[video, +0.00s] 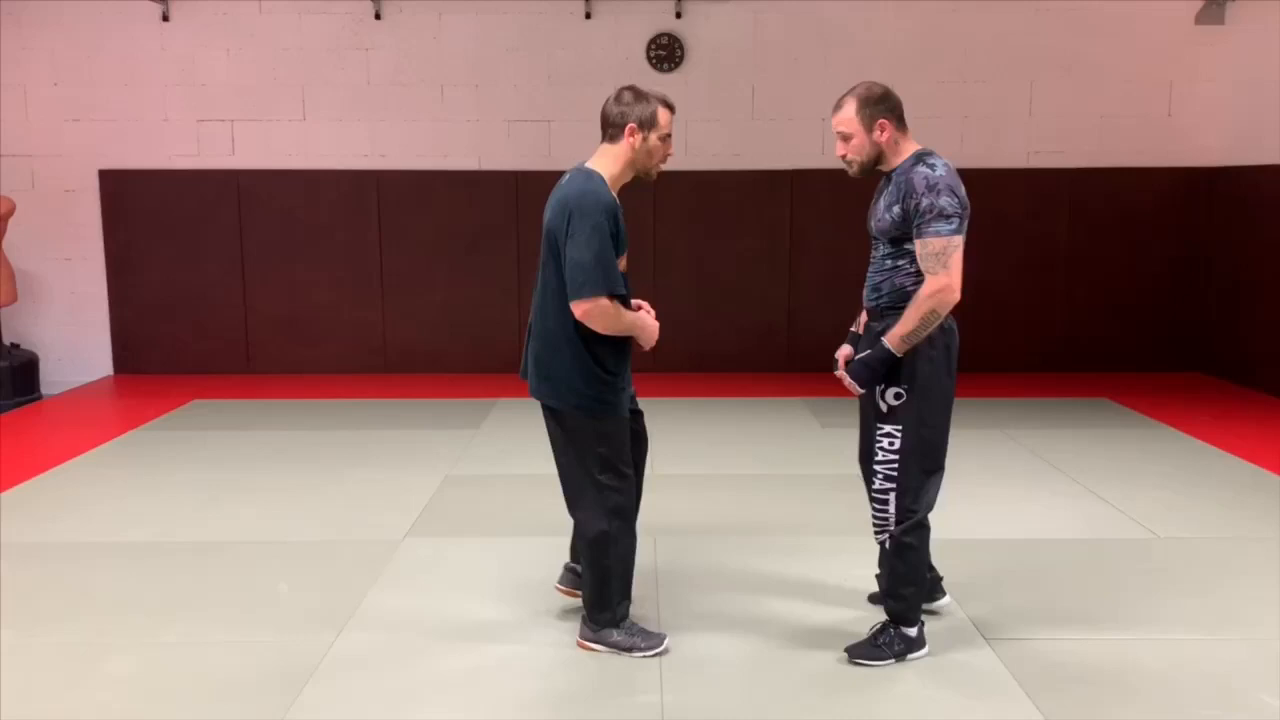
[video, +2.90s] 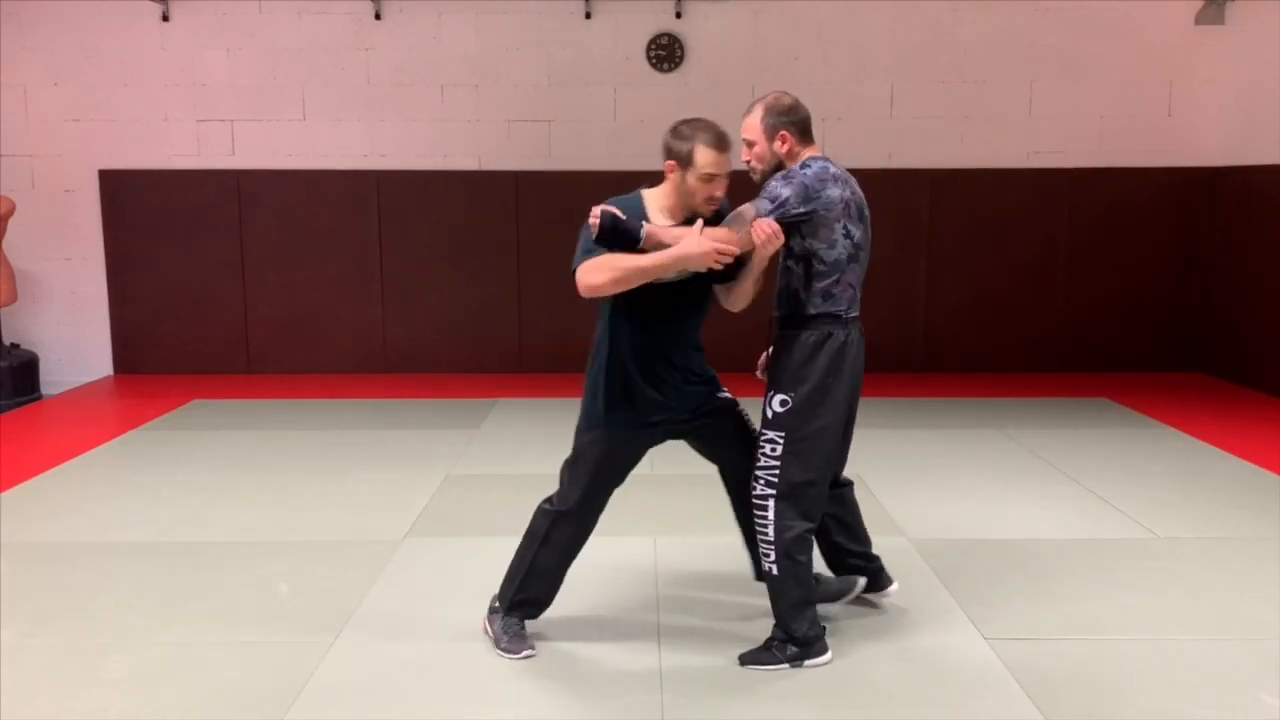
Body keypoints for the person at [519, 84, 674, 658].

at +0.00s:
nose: (670, 148)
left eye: (671, 137)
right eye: (664, 136)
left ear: (626, 136)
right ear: (633, 135)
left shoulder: (588, 190)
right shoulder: (590, 200)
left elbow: (601, 278)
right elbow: (589, 305)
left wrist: (627, 308)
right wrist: (636, 323)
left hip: (589, 370)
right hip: (580, 379)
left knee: (628, 456)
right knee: (610, 494)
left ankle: (583, 566)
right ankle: (605, 623)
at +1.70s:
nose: (651, 162)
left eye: (653, 152)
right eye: (648, 151)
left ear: (618, 139)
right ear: (620, 140)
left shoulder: (593, 189)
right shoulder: (564, 199)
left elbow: (622, 256)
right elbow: (595, 297)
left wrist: (648, 226)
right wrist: (643, 237)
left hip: (587, 369)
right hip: (547, 374)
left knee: (603, 483)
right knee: (549, 497)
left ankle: (608, 580)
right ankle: (521, 611)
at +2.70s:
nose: (642, 182)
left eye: (643, 169)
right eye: (635, 169)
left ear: (602, 165)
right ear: (597, 163)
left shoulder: (609, 216)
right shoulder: (541, 224)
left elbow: (634, 272)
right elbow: (567, 320)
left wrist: (697, 268)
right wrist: (651, 289)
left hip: (626, 377)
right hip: (569, 389)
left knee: (685, 467)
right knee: (550, 505)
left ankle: (644, 571)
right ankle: (505, 613)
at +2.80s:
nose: (670, 188)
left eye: (672, 175)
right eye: (661, 176)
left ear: (629, 171)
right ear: (622, 170)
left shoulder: (656, 218)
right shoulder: (564, 228)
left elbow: (696, 285)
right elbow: (582, 311)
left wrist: (744, 252)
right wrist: (664, 266)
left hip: (654, 378)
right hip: (590, 393)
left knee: (721, 467)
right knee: (563, 507)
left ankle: (711, 580)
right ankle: (507, 614)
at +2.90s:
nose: (720, 191)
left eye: (725, 178)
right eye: (709, 178)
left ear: (727, 176)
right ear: (673, 170)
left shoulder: (714, 229)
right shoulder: (615, 217)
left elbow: (734, 300)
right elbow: (590, 280)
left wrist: (759, 260)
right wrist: (680, 257)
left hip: (693, 390)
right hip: (622, 396)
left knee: (757, 472)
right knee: (576, 504)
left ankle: (790, 579)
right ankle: (510, 610)